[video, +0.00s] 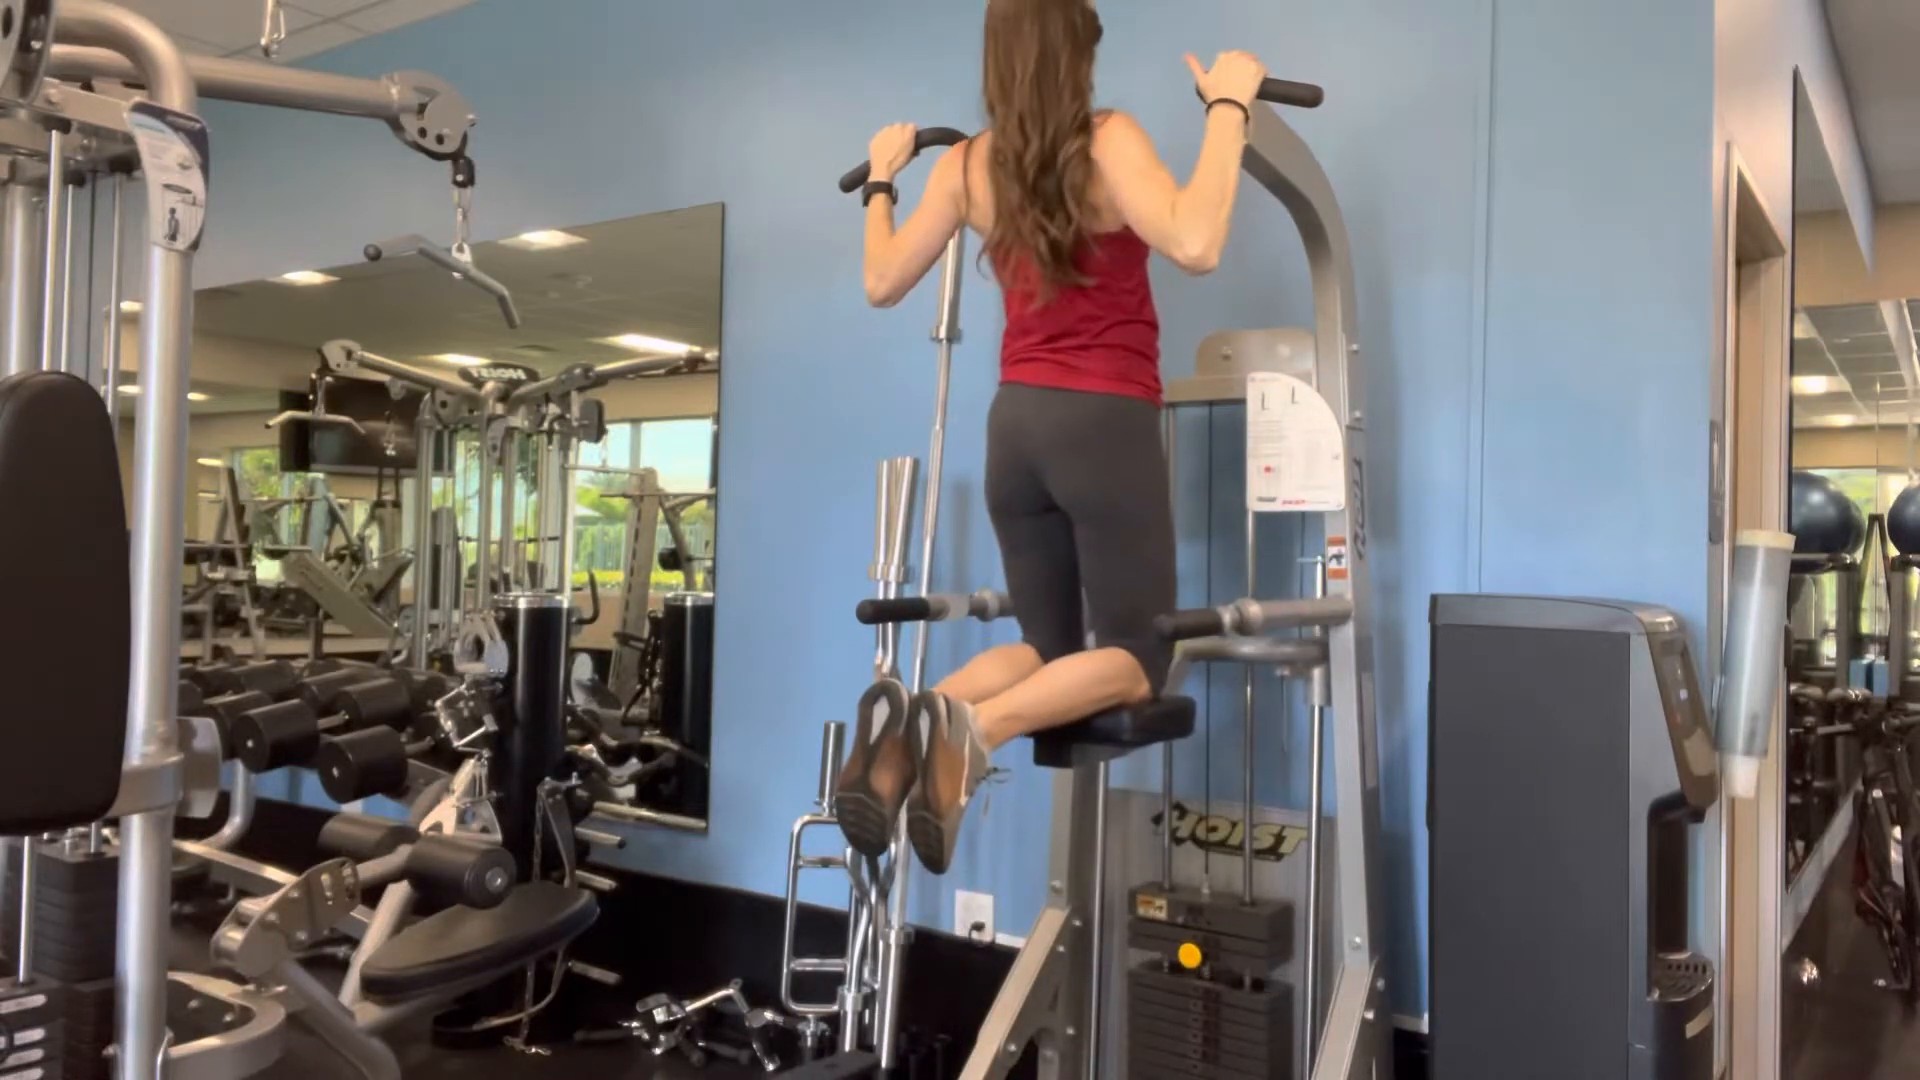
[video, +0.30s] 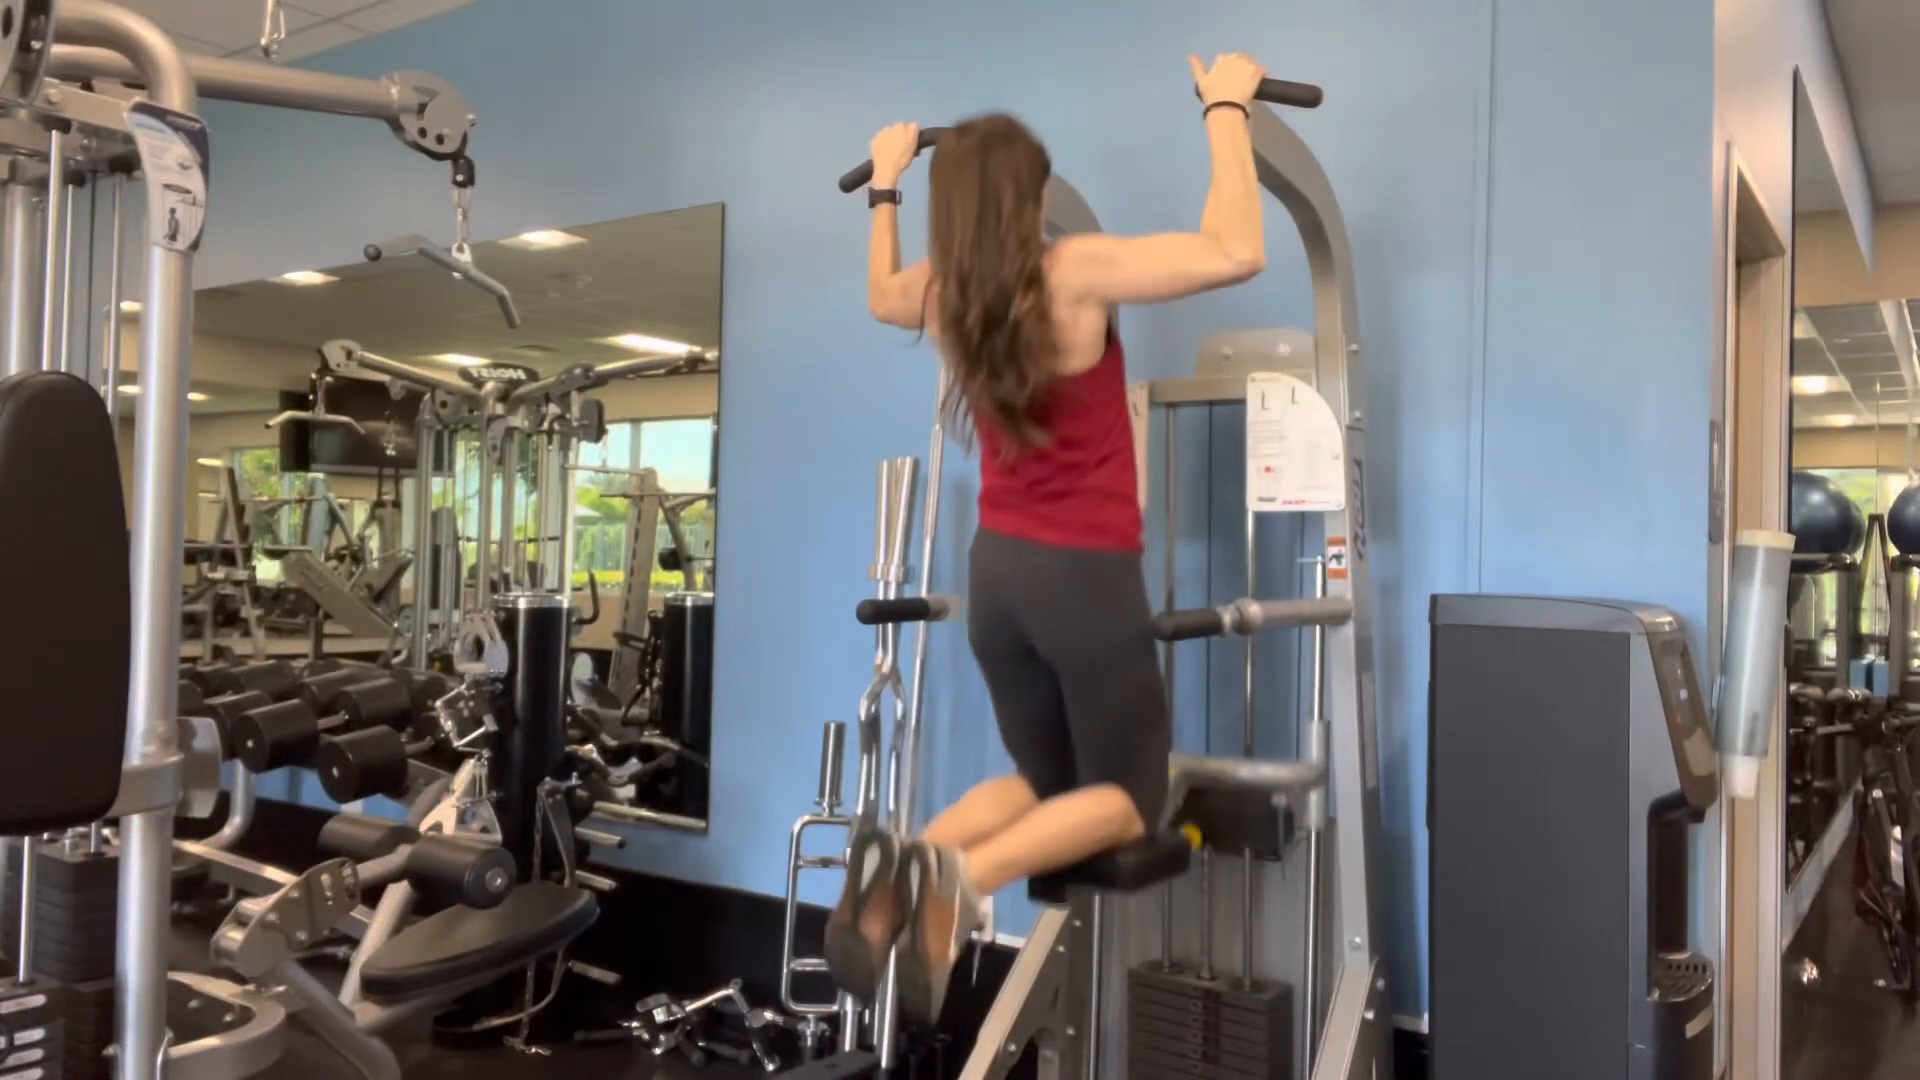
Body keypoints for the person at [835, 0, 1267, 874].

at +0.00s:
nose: (1090, 56)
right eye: (1085, 42)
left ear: (999, 57)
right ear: (1080, 52)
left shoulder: (970, 161)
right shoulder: (1108, 139)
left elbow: (882, 281)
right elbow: (1195, 243)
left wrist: (878, 178)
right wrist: (1228, 109)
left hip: (1015, 424)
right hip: (1104, 424)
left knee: (1049, 649)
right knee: (1136, 663)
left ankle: (918, 716)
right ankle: (978, 727)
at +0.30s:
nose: (1050, 186)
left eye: (1032, 174)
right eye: (1041, 174)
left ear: (953, 200)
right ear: (1032, 192)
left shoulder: (946, 287)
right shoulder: (1073, 268)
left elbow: (882, 294)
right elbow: (1233, 251)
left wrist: (883, 187)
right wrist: (1227, 110)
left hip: (997, 571)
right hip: (1085, 575)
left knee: (1041, 780)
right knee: (1131, 801)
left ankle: (908, 866)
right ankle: (964, 878)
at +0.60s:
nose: (1044, 320)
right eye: (1035, 311)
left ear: (953, 336)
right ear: (1031, 325)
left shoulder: (957, 406)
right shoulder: (1077, 387)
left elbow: (912, 298)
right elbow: (1192, 268)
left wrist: (887, 185)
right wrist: (1222, 113)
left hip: (991, 703)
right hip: (1078, 715)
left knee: (1032, 915)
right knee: (1120, 938)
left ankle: (899, 1020)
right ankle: (966, 1037)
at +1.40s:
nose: (1065, 198)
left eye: (1053, 184)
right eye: (1057, 184)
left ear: (966, 201)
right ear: (1046, 199)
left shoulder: (959, 293)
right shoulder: (1087, 275)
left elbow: (874, 294)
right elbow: (1246, 252)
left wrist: (881, 182)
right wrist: (1228, 109)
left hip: (1004, 569)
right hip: (1095, 573)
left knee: (1032, 788)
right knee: (1124, 803)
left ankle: (910, 887)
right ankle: (967, 901)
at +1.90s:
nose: (1079, 52)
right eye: (1074, 38)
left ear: (988, 58)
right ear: (1070, 49)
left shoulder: (968, 164)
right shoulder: (1108, 135)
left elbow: (888, 285)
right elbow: (1184, 247)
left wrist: (879, 181)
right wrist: (1227, 113)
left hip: (1019, 423)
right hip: (1109, 424)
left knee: (1039, 647)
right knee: (1132, 663)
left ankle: (912, 733)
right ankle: (978, 734)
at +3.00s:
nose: (1054, 199)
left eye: (1040, 185)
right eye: (1046, 187)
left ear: (953, 216)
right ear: (1036, 204)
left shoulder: (952, 304)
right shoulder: (1077, 278)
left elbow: (880, 295)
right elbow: (1237, 256)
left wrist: (882, 187)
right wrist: (1228, 113)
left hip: (1004, 577)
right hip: (1093, 580)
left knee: (1031, 784)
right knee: (1127, 804)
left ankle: (913, 866)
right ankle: (970, 887)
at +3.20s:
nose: (1048, 307)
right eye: (1037, 295)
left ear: (956, 322)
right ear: (1034, 312)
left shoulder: (955, 395)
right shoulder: (1076, 382)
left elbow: (905, 293)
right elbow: (1200, 270)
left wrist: (885, 185)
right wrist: (1225, 114)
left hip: (997, 685)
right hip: (1087, 693)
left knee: (1023, 894)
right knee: (1119, 916)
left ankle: (900, 1002)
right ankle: (965, 1028)